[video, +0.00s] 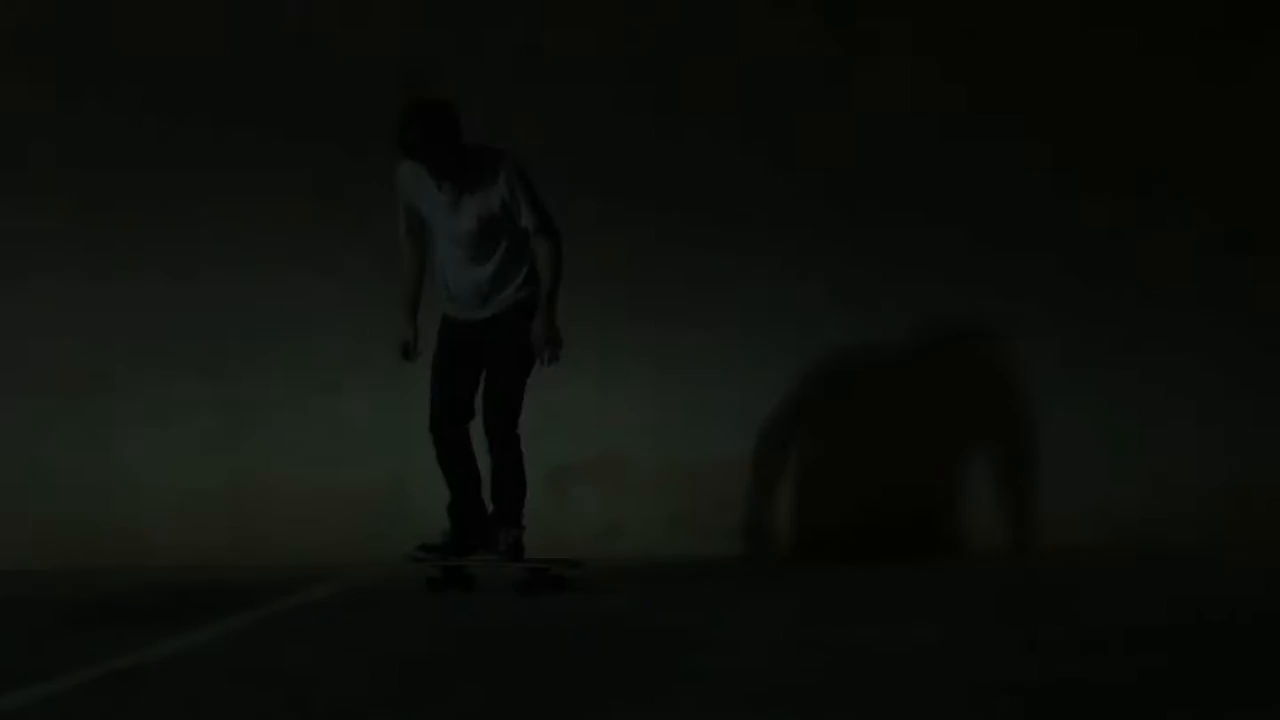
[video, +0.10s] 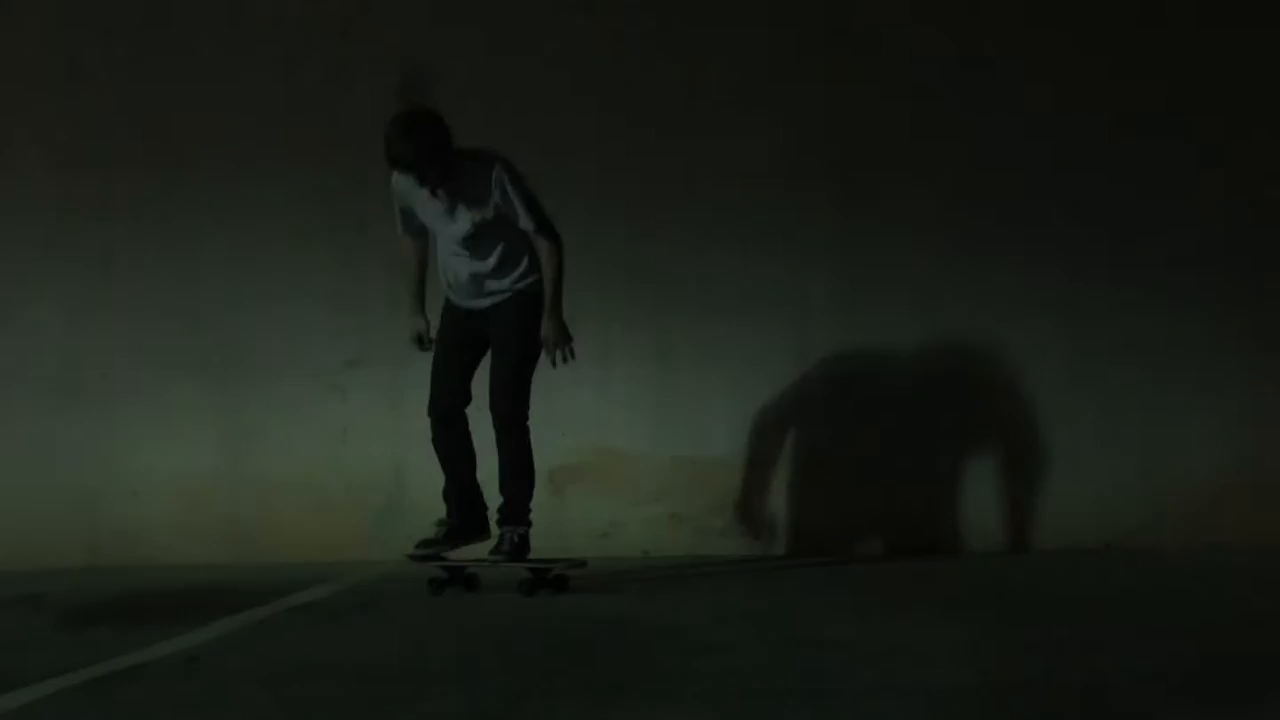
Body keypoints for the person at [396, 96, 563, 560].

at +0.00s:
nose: (432, 166)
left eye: (436, 152)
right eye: (422, 156)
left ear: (452, 143)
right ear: (416, 153)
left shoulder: (499, 174)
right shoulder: (416, 181)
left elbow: (545, 240)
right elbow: (415, 253)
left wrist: (547, 319)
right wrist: (410, 324)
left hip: (511, 319)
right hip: (457, 321)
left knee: (500, 425)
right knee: (447, 426)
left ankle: (507, 531)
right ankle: (467, 528)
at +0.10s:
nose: (419, 177)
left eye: (423, 165)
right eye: (410, 168)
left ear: (440, 152)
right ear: (404, 163)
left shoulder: (492, 174)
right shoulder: (405, 183)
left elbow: (547, 240)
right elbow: (415, 240)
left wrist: (554, 317)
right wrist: (417, 310)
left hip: (516, 303)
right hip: (462, 305)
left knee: (507, 411)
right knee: (444, 409)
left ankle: (514, 527)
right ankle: (466, 520)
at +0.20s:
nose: (415, 212)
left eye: (418, 202)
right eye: (405, 205)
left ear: (435, 186)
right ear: (400, 198)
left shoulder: (491, 200)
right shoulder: (402, 214)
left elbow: (542, 268)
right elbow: (415, 268)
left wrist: (556, 343)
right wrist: (423, 334)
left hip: (517, 312)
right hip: (465, 316)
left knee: (505, 418)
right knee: (450, 422)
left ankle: (517, 530)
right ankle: (471, 528)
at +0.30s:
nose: (417, 261)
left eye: (420, 251)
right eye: (408, 254)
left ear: (434, 235)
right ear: (398, 245)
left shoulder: (489, 241)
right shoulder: (400, 253)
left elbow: (539, 307)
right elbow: (412, 308)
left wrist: (555, 388)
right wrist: (421, 381)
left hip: (519, 328)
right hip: (467, 332)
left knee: (498, 417)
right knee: (436, 424)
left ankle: (514, 530)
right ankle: (469, 527)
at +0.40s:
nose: (416, 304)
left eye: (419, 294)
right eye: (407, 297)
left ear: (436, 276)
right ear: (398, 291)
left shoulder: (490, 283)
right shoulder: (402, 297)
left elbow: (533, 356)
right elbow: (410, 354)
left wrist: (547, 444)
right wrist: (409, 432)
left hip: (520, 351)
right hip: (468, 355)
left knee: (490, 426)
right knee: (423, 435)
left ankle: (514, 531)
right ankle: (468, 526)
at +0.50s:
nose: (414, 328)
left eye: (417, 318)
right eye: (406, 322)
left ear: (433, 302)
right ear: (399, 316)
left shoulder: (489, 305)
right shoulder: (408, 325)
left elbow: (532, 382)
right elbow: (408, 386)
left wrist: (537, 470)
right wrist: (393, 457)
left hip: (519, 369)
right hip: (466, 373)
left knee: (490, 431)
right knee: (415, 445)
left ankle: (513, 532)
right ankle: (469, 525)